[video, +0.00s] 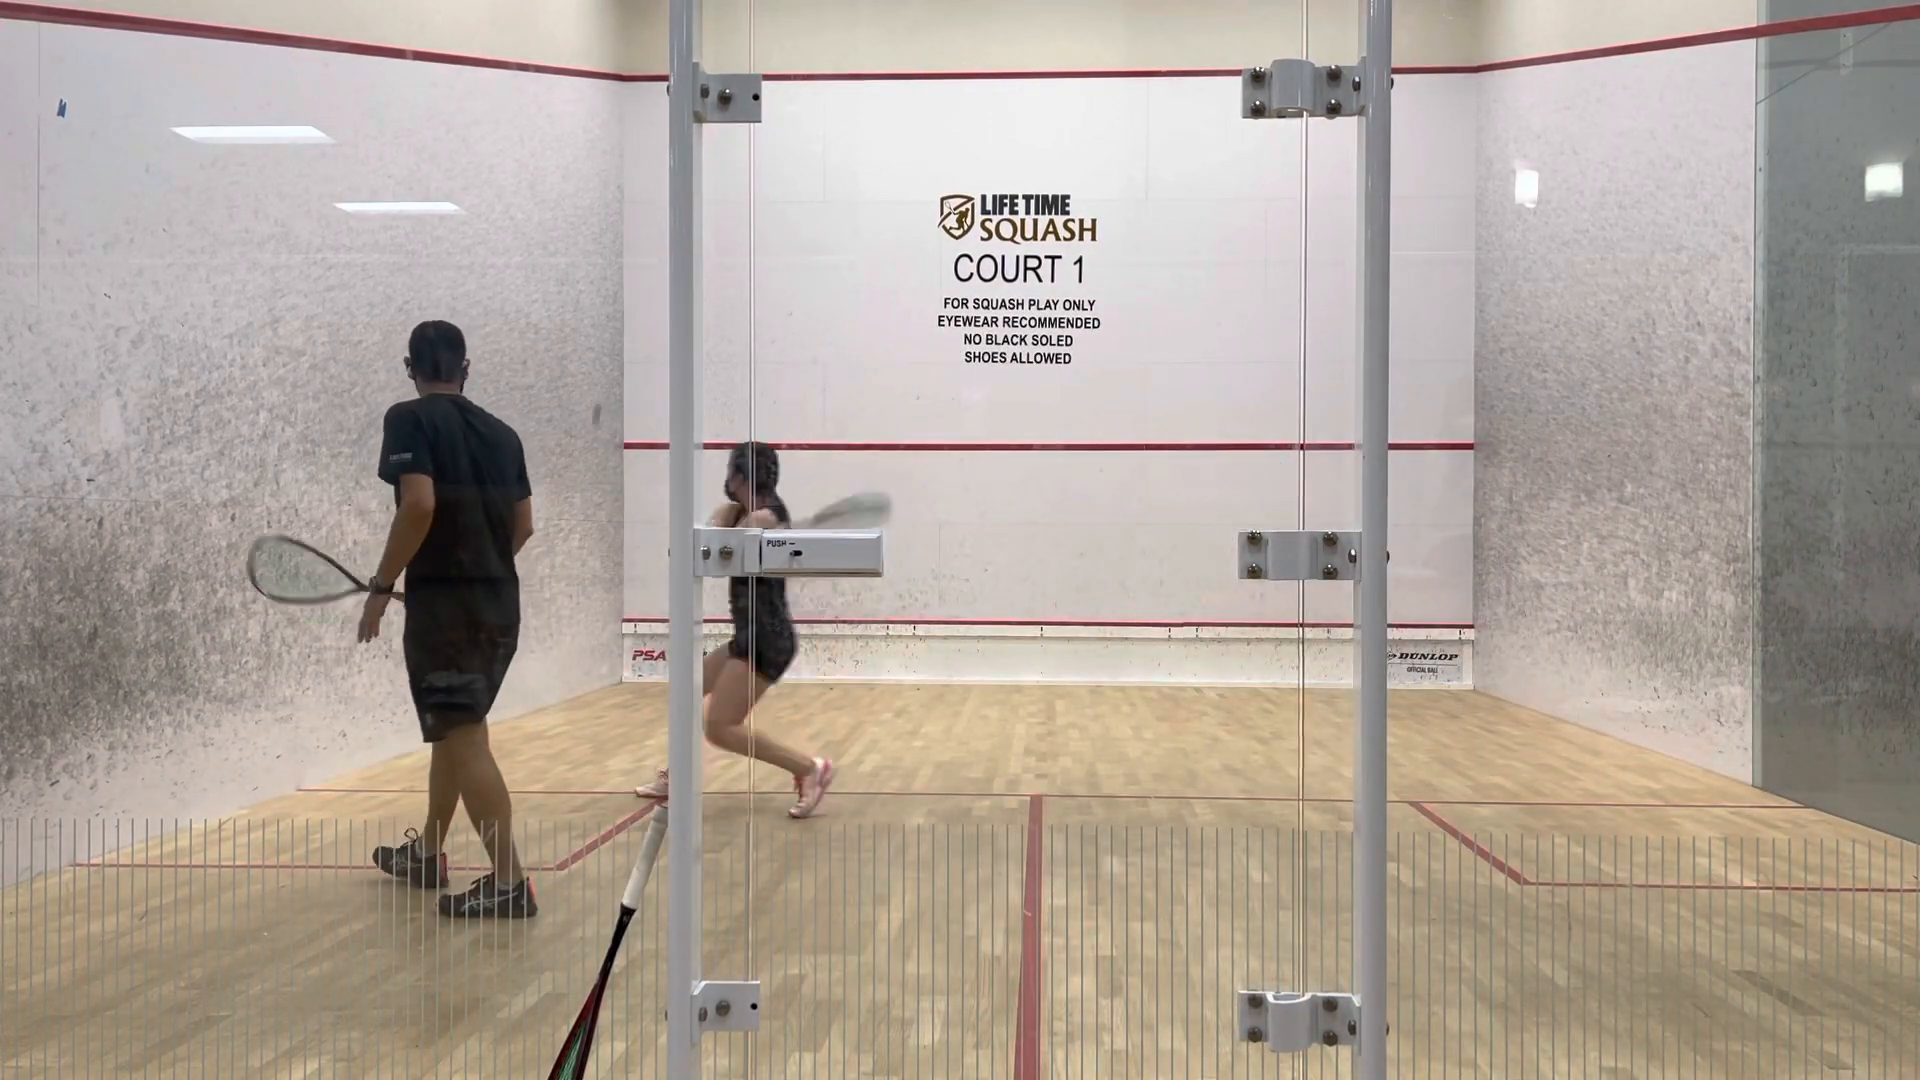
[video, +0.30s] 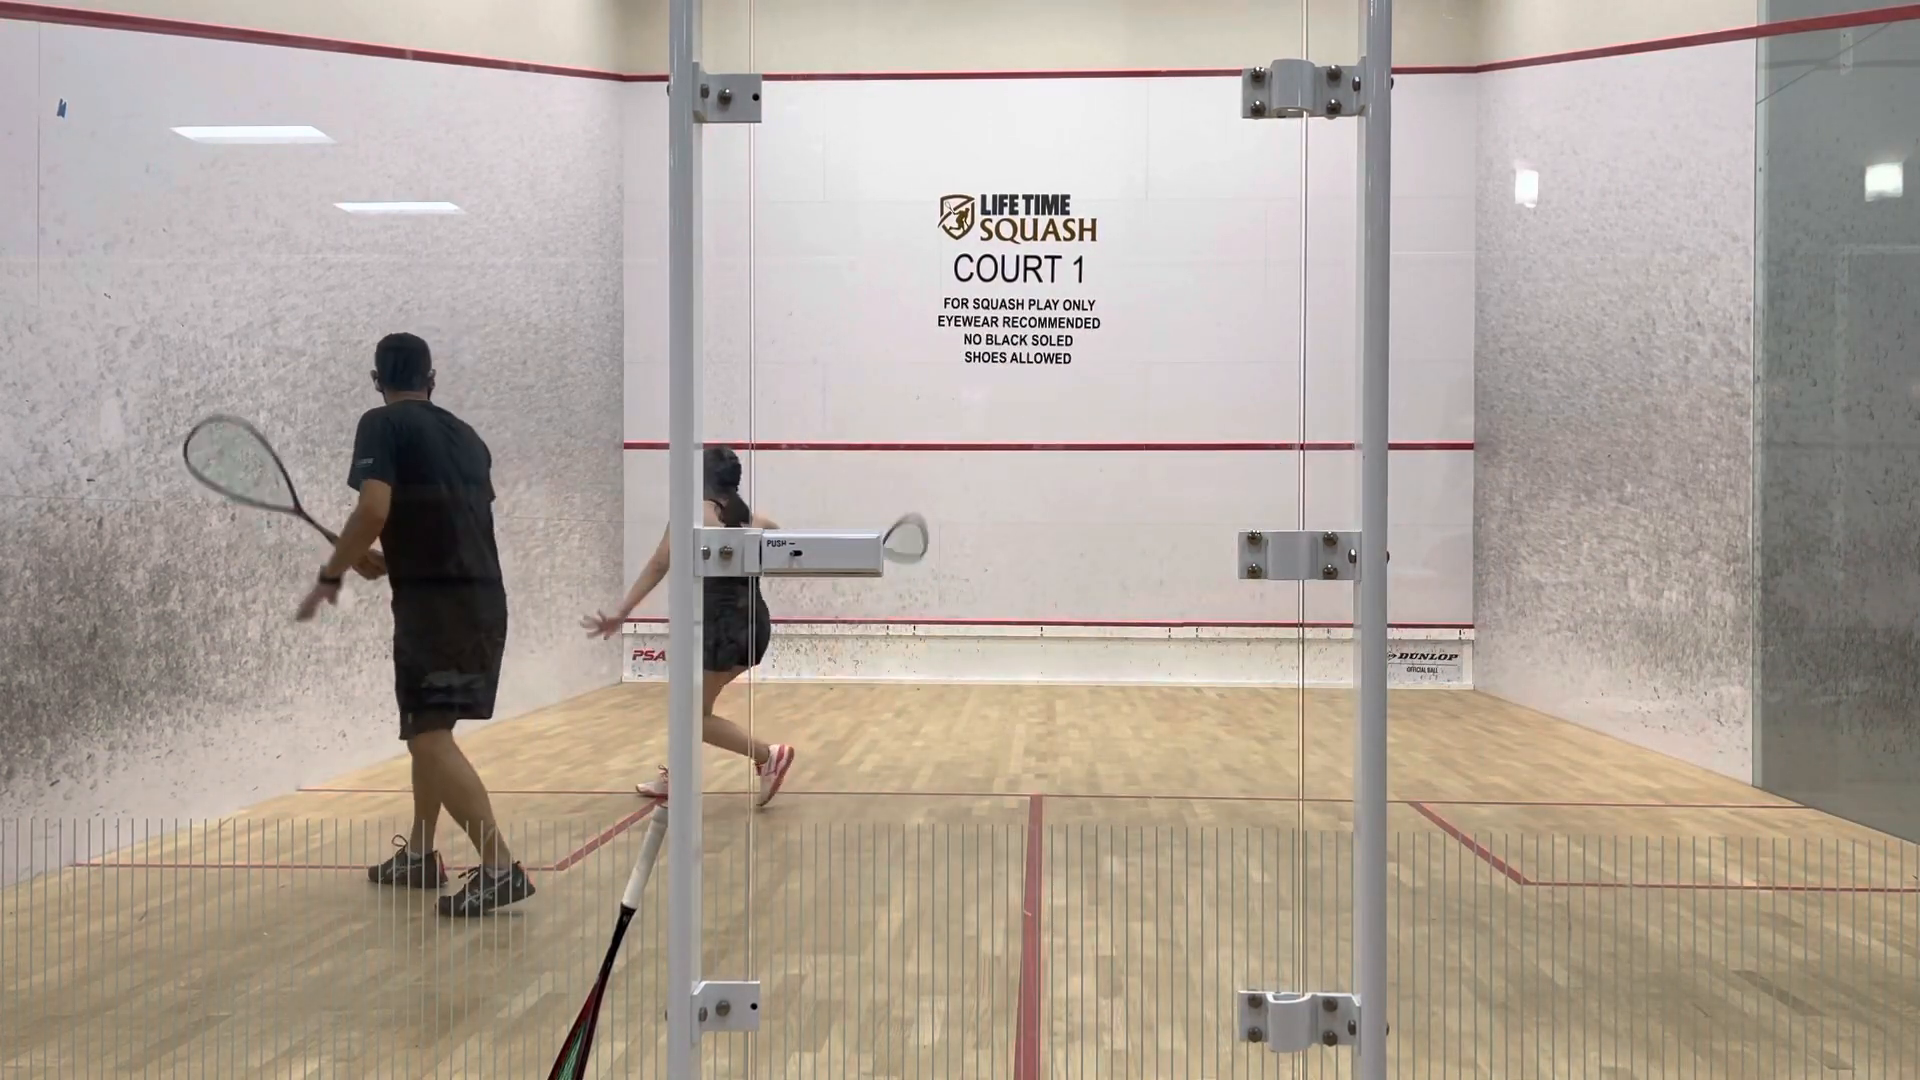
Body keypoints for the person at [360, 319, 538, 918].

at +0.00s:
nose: (426, 377)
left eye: (418, 368)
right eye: (453, 368)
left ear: (412, 370)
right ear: (466, 371)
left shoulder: (409, 417)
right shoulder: (501, 432)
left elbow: (419, 503)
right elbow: (522, 526)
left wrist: (381, 586)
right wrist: (468, 572)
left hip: (441, 605)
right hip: (499, 605)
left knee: (465, 739)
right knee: (454, 731)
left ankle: (508, 881)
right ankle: (429, 852)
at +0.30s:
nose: (390, 390)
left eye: (384, 382)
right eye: (428, 378)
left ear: (379, 381)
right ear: (432, 380)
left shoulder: (382, 423)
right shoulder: (468, 436)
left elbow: (372, 512)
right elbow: (465, 533)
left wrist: (333, 575)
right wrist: (387, 562)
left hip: (430, 605)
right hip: (481, 602)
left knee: (430, 734)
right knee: (429, 730)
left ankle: (500, 867)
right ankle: (421, 851)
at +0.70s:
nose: (345, 415)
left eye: (341, 407)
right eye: (349, 408)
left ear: (343, 406)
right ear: (394, 401)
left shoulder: (368, 434)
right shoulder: (415, 439)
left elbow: (413, 498)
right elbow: (418, 549)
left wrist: (375, 578)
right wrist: (349, 567)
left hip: (449, 602)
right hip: (473, 599)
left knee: (410, 742)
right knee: (428, 734)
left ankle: (487, 870)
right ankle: (428, 854)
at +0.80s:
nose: (338, 408)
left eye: (335, 399)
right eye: (341, 399)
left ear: (340, 400)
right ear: (391, 394)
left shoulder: (374, 433)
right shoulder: (406, 435)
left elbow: (435, 487)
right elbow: (419, 549)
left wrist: (444, 587)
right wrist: (361, 575)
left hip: (440, 607)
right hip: (458, 606)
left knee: (402, 744)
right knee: (433, 737)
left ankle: (485, 873)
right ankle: (428, 854)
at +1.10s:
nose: (292, 394)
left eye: (295, 380)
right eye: (289, 383)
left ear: (329, 370)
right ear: (325, 374)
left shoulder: (405, 412)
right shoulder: (342, 453)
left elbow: (482, 482)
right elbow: (369, 530)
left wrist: (465, 572)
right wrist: (359, 577)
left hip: (450, 604)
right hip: (395, 610)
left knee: (443, 747)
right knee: (358, 733)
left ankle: (488, 882)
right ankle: (414, 846)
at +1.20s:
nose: (263, 390)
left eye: (268, 377)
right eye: (259, 380)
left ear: (305, 366)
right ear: (299, 370)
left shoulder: (383, 407)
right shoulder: (310, 459)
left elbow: (464, 476)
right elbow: (341, 545)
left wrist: (417, 563)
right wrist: (333, 573)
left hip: (440, 603)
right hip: (373, 610)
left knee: (458, 743)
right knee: (310, 730)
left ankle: (489, 883)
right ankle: (352, 870)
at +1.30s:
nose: (233, 406)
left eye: (237, 390)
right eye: (227, 396)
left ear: (271, 375)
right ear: (260, 383)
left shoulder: (352, 415)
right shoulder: (279, 470)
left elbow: (440, 477)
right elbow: (299, 567)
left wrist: (366, 549)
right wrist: (305, 581)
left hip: (418, 616)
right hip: (347, 624)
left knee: (451, 750)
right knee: (268, 739)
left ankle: (486, 885)